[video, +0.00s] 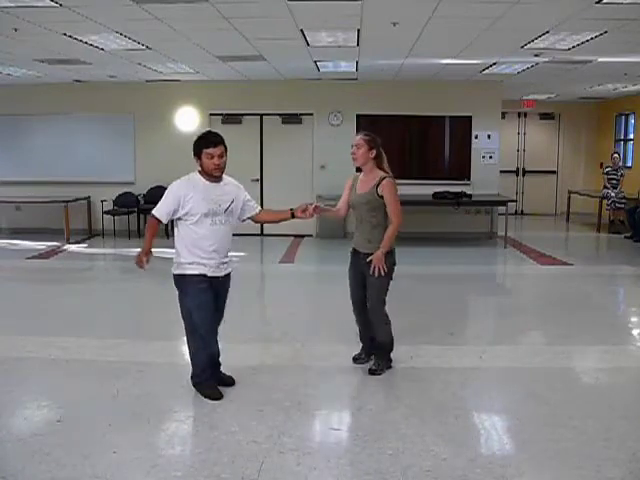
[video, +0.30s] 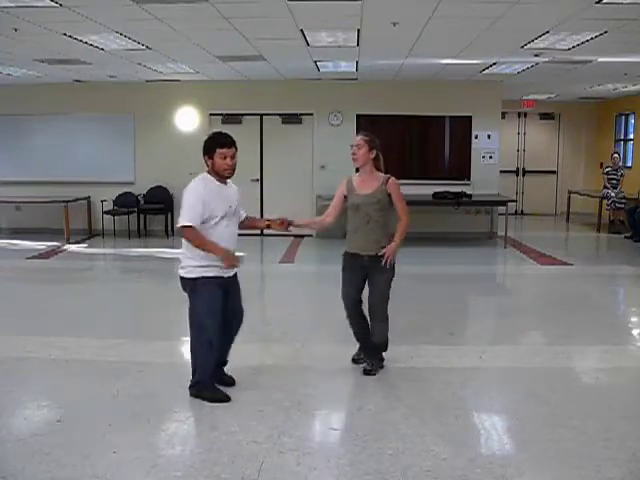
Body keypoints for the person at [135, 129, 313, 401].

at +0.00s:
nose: (218, 162)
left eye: (222, 156)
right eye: (211, 157)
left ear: (226, 156)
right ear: (198, 159)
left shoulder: (234, 189)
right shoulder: (181, 189)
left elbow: (259, 216)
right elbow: (155, 219)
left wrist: (293, 213)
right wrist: (146, 249)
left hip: (221, 271)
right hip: (191, 272)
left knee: (212, 325)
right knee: (200, 327)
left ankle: (213, 370)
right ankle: (202, 379)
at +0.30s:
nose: (230, 163)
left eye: (233, 157)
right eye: (223, 158)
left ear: (236, 158)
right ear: (209, 159)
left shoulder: (231, 189)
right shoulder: (197, 189)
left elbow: (239, 221)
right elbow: (187, 229)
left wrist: (268, 223)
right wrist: (221, 252)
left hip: (226, 272)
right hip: (201, 274)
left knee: (232, 319)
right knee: (206, 328)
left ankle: (215, 368)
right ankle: (201, 383)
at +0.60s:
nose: (245, 161)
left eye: (248, 156)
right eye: (239, 156)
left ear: (250, 157)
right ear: (223, 158)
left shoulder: (232, 185)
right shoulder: (220, 188)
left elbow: (233, 220)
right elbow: (243, 228)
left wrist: (255, 207)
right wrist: (281, 218)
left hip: (234, 271)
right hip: (219, 273)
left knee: (240, 325)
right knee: (216, 330)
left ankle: (242, 374)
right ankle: (201, 384)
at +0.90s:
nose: (261, 162)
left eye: (264, 157)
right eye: (255, 157)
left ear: (267, 158)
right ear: (240, 158)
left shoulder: (246, 184)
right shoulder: (239, 187)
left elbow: (258, 216)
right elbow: (264, 226)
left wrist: (282, 201)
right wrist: (298, 208)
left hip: (245, 267)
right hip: (236, 269)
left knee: (245, 322)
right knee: (252, 323)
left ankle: (242, 373)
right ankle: (215, 371)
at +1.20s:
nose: (277, 163)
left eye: (278, 158)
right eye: (271, 158)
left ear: (278, 158)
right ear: (254, 159)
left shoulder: (262, 185)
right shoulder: (249, 188)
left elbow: (271, 215)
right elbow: (257, 231)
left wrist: (294, 201)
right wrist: (290, 211)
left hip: (261, 269)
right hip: (248, 271)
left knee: (268, 321)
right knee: (257, 326)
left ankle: (245, 368)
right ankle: (250, 387)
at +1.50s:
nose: (277, 162)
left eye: (277, 156)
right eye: (272, 157)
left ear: (260, 160)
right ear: (255, 159)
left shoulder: (256, 182)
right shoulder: (247, 186)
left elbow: (265, 210)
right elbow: (254, 228)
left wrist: (289, 196)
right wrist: (292, 215)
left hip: (254, 268)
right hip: (245, 270)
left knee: (255, 326)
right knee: (252, 328)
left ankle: (254, 376)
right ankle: (247, 387)